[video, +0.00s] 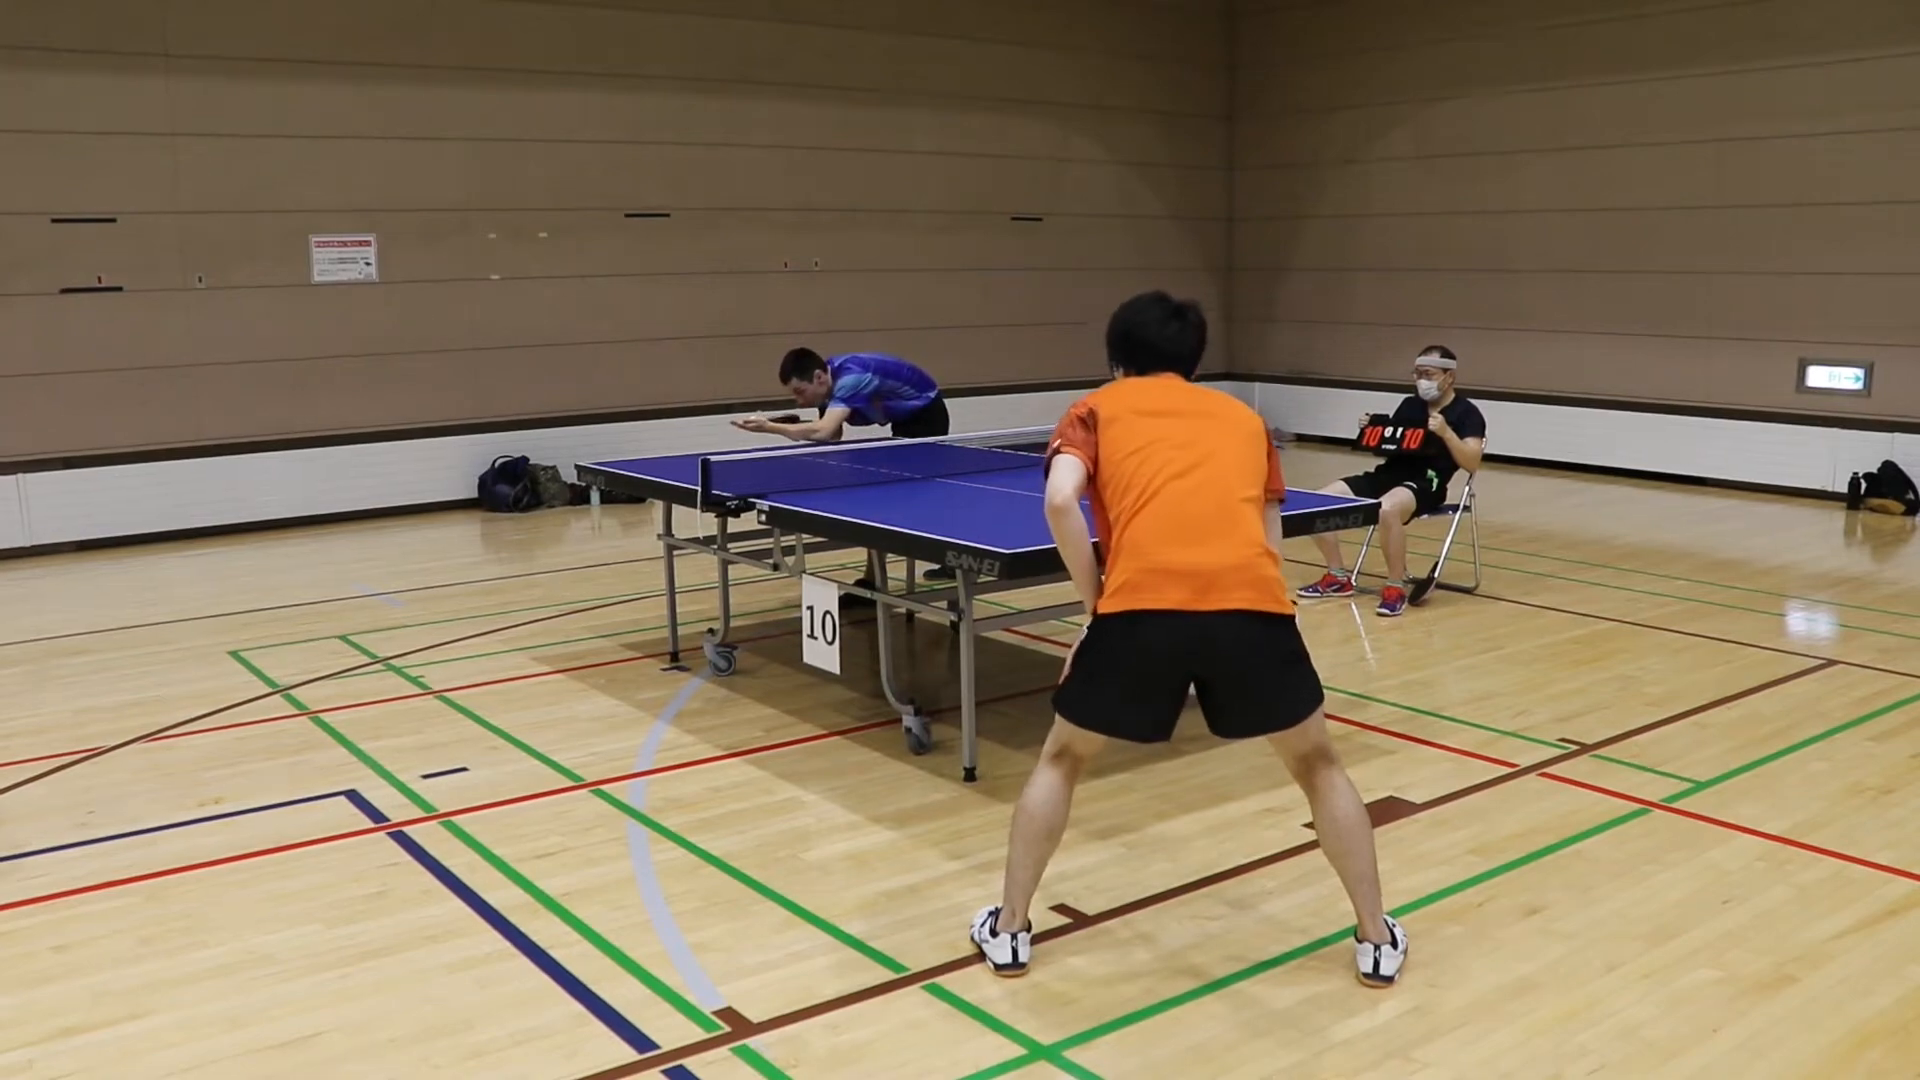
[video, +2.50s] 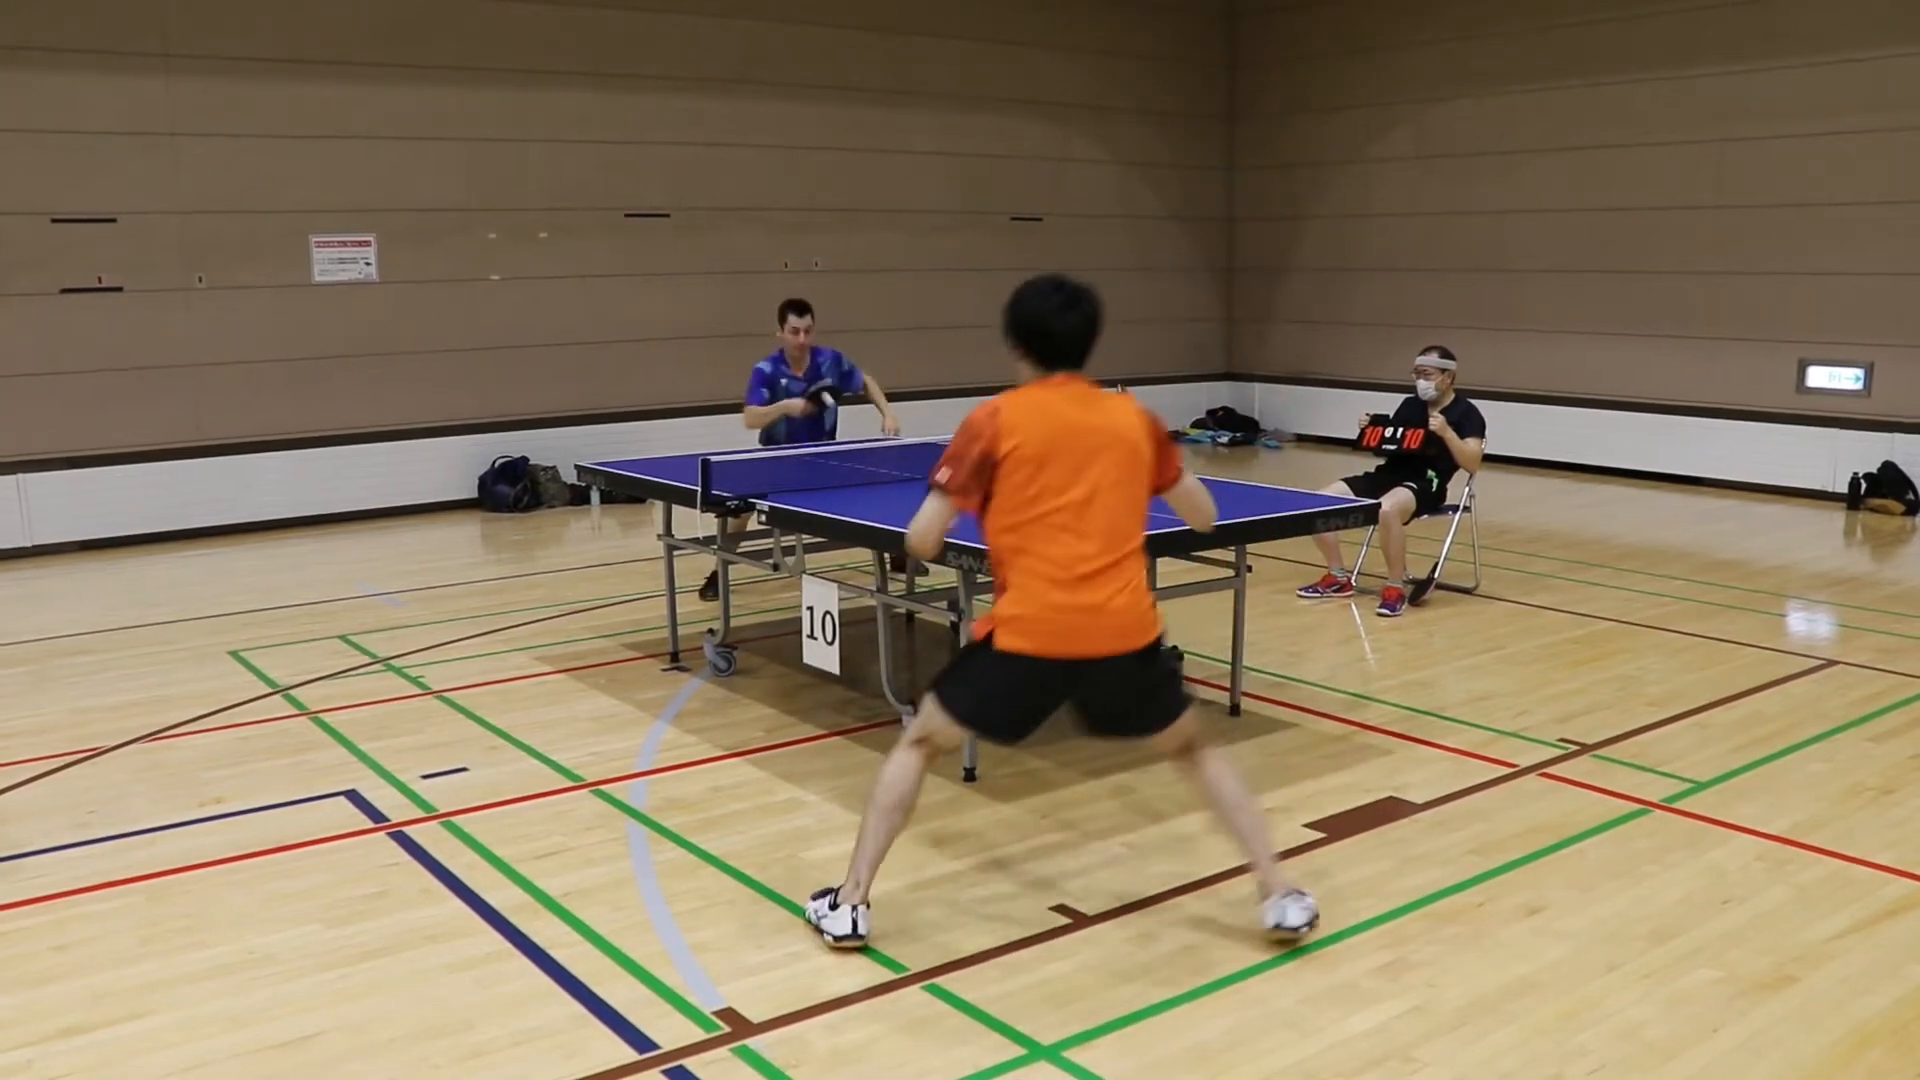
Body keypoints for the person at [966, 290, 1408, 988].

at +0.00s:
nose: (1102, 366)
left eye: (1108, 354)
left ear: (1117, 356)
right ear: (1193, 359)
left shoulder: (1095, 409)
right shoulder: (1244, 417)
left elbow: (1060, 501)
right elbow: (1269, 546)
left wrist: (1097, 605)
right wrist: (1251, 618)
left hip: (1139, 619)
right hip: (1253, 619)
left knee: (1061, 760)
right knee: (1318, 765)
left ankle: (1009, 928)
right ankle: (1378, 937)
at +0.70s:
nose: (1184, 291)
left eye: (1187, 280)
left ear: (1194, 289)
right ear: (1272, 296)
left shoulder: (1155, 353)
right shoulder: (1302, 383)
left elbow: (1092, 465)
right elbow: (1331, 526)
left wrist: (1098, 539)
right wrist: (1299, 541)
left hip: (1159, 598)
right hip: (1267, 604)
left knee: (1086, 751)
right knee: (1325, 755)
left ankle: (1018, 924)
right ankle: (1376, 936)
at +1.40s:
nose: (1116, 310)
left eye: (1118, 301)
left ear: (1124, 305)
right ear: (1194, 307)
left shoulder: (1107, 372)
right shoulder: (1239, 379)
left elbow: (1048, 485)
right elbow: (1290, 498)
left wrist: (1015, 506)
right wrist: (1226, 481)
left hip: (1147, 591)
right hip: (1246, 587)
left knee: (1072, 708)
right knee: (1289, 690)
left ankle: (1052, 874)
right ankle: (1337, 836)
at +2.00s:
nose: (1082, 384)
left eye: (1083, 373)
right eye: (1082, 373)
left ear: (1095, 374)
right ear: (1155, 369)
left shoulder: (1100, 430)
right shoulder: (1205, 427)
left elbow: (1021, 529)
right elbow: (1224, 512)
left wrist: (1007, 514)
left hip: (1168, 644)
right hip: (1248, 637)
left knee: (1015, 707)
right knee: (1250, 698)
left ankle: (987, 880)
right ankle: (1322, 824)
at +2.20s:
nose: (1014, 366)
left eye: (1015, 354)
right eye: (1015, 354)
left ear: (1027, 355)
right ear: (1090, 345)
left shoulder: (1033, 404)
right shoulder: (1133, 409)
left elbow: (944, 492)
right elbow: (1134, 523)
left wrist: (900, 471)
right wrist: (1056, 590)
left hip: (1078, 624)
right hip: (1171, 616)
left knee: (946, 691)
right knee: (1235, 716)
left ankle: (960, 865)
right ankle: (1315, 821)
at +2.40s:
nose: (977, 363)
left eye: (979, 353)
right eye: (984, 352)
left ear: (987, 359)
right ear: (1055, 355)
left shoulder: (977, 431)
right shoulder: (1104, 423)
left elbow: (913, 553)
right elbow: (1184, 479)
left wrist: (884, 562)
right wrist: (1143, 424)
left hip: (1017, 647)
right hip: (1111, 641)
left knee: (906, 739)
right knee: (1165, 748)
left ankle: (850, 900)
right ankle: (1261, 874)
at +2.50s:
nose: (1010, 346)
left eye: (1012, 337)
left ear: (1018, 344)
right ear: (1090, 342)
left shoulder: (993, 421)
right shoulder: (1134, 419)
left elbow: (922, 544)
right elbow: (1203, 517)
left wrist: (925, 542)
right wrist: (1158, 464)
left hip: (1025, 644)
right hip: (1126, 642)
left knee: (920, 743)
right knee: (1194, 749)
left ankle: (851, 901)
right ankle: (1281, 895)